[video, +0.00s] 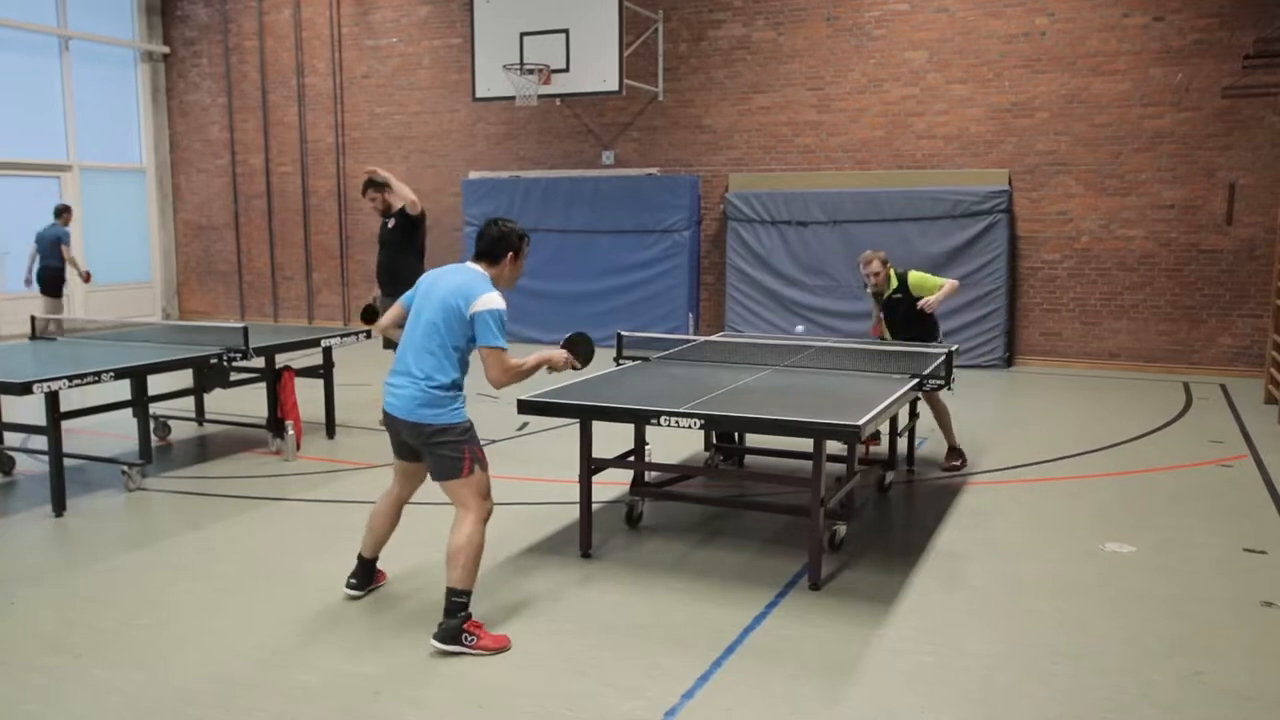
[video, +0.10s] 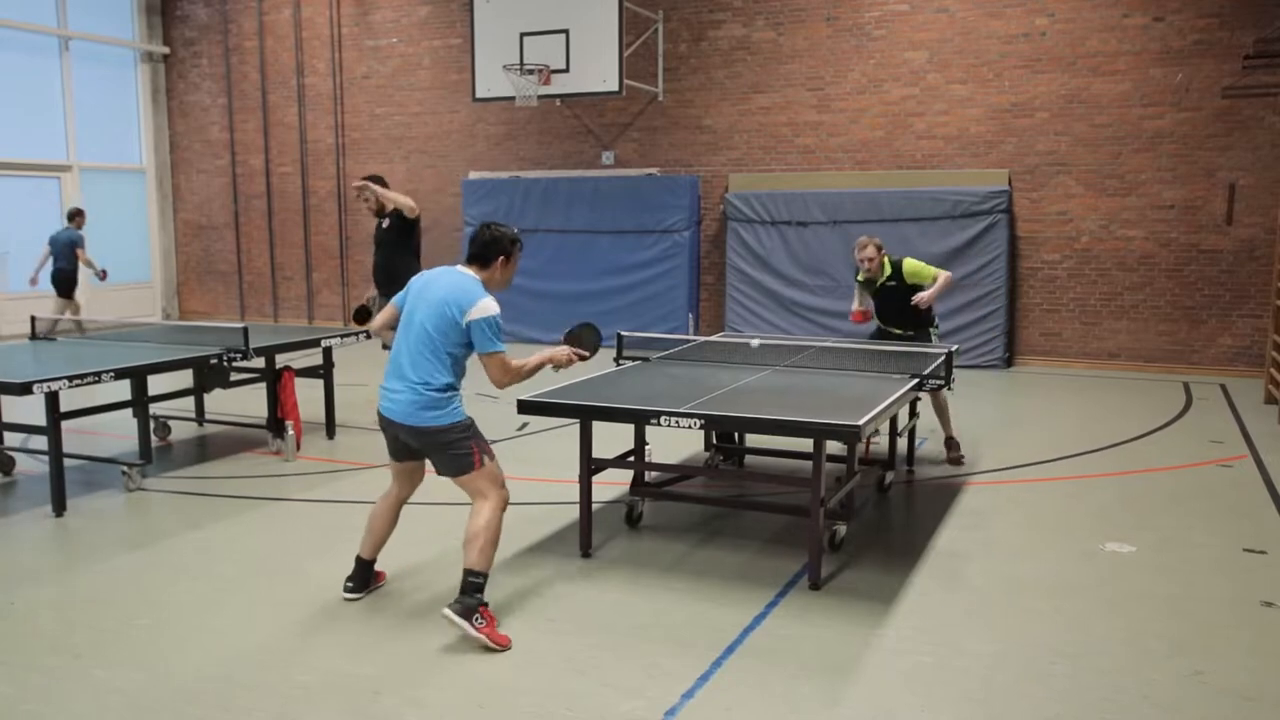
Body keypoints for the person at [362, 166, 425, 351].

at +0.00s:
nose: (373, 206)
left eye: (374, 200)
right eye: (369, 201)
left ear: (387, 194)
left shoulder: (411, 216)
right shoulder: (386, 220)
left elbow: (411, 200)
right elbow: (387, 259)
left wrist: (386, 176)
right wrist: (380, 290)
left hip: (407, 295)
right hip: (388, 294)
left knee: (411, 349)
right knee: (397, 350)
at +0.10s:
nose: (366, 206)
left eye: (367, 200)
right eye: (363, 201)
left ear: (380, 195)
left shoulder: (405, 218)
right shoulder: (381, 222)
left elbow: (410, 206)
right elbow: (384, 261)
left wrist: (379, 190)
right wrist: (376, 290)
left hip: (406, 295)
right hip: (386, 296)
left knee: (410, 347)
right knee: (391, 349)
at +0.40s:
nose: (344, 211)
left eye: (345, 204)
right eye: (342, 206)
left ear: (357, 195)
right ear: (354, 199)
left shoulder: (386, 217)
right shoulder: (364, 223)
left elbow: (405, 247)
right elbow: (364, 263)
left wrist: (397, 287)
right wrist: (348, 288)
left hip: (386, 297)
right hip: (375, 298)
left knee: (379, 352)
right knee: (396, 354)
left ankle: (369, 411)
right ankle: (412, 405)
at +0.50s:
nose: (337, 212)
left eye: (336, 205)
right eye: (334, 208)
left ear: (349, 196)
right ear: (345, 200)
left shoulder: (379, 219)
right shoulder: (355, 224)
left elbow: (400, 253)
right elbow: (357, 261)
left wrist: (395, 290)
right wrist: (342, 285)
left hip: (380, 296)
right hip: (366, 297)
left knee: (375, 353)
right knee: (384, 353)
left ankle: (368, 412)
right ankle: (407, 404)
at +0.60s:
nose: (329, 214)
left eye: (330, 208)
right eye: (326, 210)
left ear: (343, 199)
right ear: (338, 203)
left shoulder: (371, 220)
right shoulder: (347, 224)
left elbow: (396, 252)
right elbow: (353, 261)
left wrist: (390, 289)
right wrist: (337, 285)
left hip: (373, 297)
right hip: (357, 297)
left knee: (372, 353)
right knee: (359, 351)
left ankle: (368, 413)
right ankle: (397, 398)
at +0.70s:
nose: (323, 216)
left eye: (323, 210)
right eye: (319, 212)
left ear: (336, 201)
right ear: (330, 205)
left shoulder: (361, 218)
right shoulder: (340, 224)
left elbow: (392, 247)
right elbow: (345, 258)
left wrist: (382, 283)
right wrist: (333, 284)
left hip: (368, 297)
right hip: (350, 298)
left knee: (369, 352)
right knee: (344, 347)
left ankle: (368, 412)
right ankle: (380, 394)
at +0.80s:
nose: (316, 216)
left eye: (316, 210)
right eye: (312, 212)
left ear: (328, 201)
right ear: (321, 205)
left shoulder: (354, 218)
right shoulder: (332, 223)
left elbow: (387, 239)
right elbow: (339, 256)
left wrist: (376, 274)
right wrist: (329, 282)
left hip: (362, 295)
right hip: (344, 296)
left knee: (365, 352)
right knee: (337, 347)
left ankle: (368, 412)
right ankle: (355, 400)